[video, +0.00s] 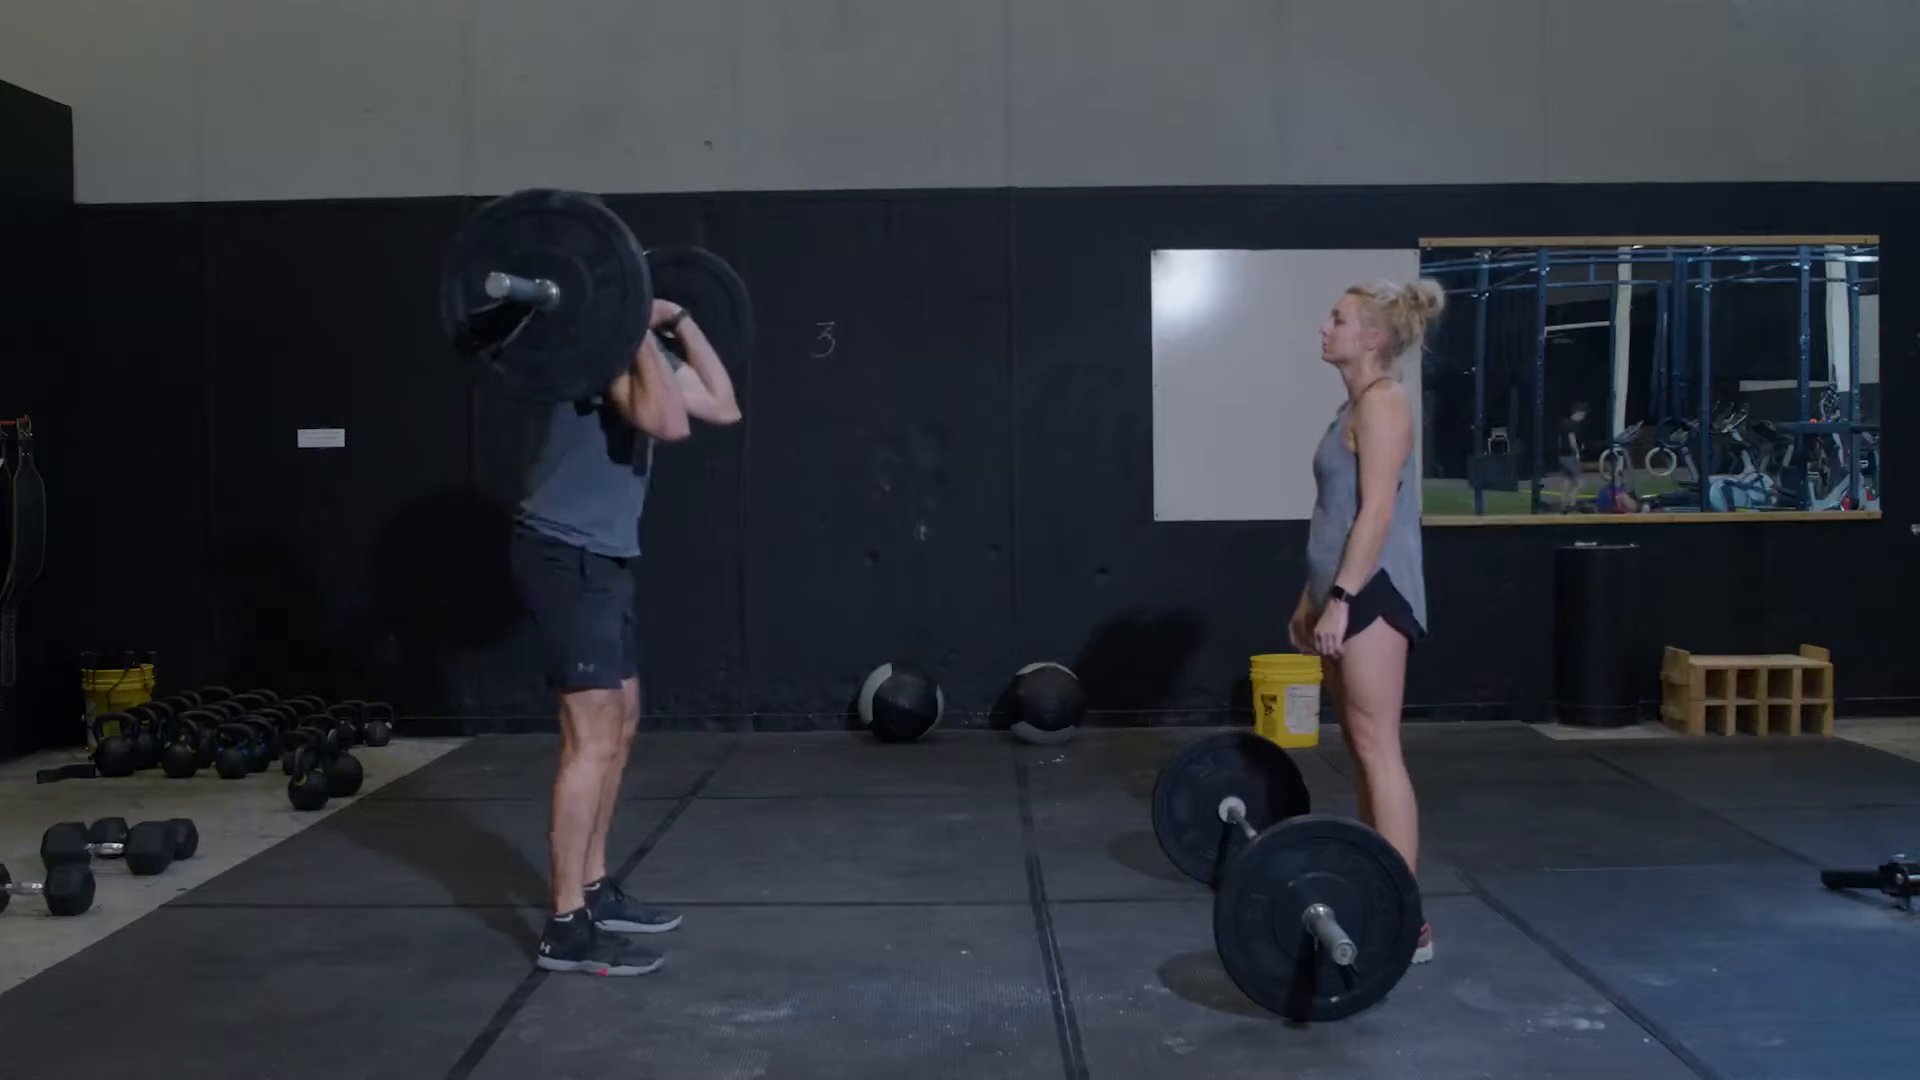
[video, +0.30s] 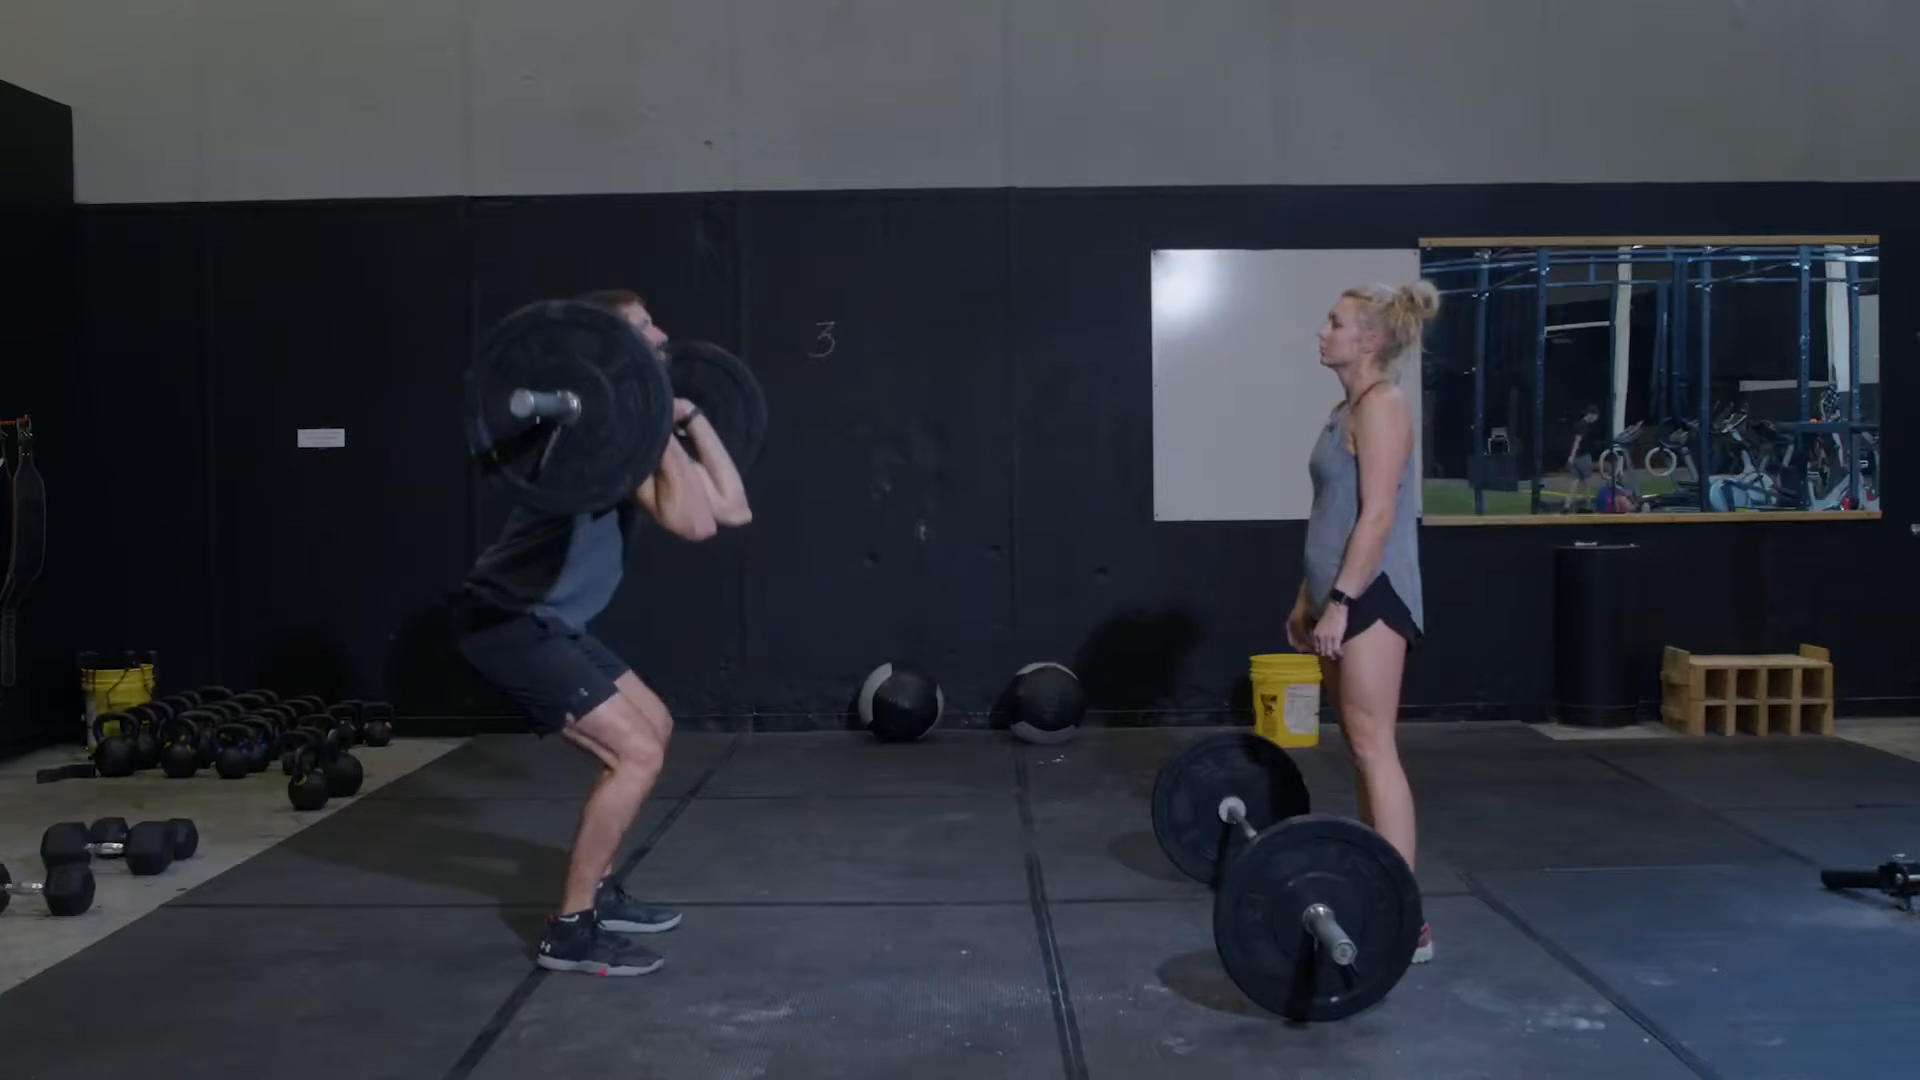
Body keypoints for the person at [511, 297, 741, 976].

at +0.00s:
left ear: (619, 294)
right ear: (603, 295)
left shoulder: (637, 355)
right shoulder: (590, 345)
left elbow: (722, 404)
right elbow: (666, 419)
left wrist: (680, 321)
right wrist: (640, 333)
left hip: (606, 556)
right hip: (567, 553)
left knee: (620, 722)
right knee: (595, 734)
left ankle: (592, 892)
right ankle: (564, 923)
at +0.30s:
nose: (663, 338)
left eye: (655, 325)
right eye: (645, 330)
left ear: (646, 341)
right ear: (611, 353)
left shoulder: (645, 421)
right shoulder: (601, 426)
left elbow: (735, 509)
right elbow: (693, 521)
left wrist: (693, 419)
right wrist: (664, 430)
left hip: (553, 618)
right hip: (510, 623)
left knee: (654, 726)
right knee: (637, 753)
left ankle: (590, 893)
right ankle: (569, 926)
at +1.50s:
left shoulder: (609, 393)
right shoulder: (566, 392)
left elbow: (708, 475)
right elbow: (670, 476)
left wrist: (658, 381)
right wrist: (636, 388)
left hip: (560, 599)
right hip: (518, 597)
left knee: (647, 728)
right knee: (621, 746)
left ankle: (595, 893)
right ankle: (567, 925)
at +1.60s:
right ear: (583, 306)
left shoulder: (616, 368)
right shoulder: (573, 359)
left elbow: (707, 431)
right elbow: (668, 429)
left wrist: (655, 341)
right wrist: (630, 341)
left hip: (585, 570)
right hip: (540, 565)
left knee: (634, 722)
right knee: (602, 737)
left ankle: (593, 892)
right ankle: (565, 924)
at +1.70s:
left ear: (604, 281)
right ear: (585, 277)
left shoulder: (623, 344)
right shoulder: (578, 335)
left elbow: (710, 400)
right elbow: (663, 398)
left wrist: (652, 317)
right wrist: (633, 317)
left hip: (603, 550)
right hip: (564, 548)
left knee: (608, 723)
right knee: (580, 734)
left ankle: (592, 891)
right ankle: (563, 923)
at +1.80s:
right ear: (577, 264)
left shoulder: (619, 333)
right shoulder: (575, 326)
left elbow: (712, 391)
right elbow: (664, 389)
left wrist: (646, 308)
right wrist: (631, 311)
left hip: (612, 548)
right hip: (574, 549)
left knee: (594, 723)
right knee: (565, 732)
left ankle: (589, 891)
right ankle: (561, 922)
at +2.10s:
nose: (589, 262)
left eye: (597, 249)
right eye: (573, 251)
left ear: (605, 249)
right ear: (541, 251)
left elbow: (630, 398)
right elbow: (468, 410)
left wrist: (668, 380)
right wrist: (542, 373)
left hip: (620, 548)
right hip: (584, 552)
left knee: (605, 723)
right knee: (582, 730)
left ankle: (594, 892)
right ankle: (565, 922)